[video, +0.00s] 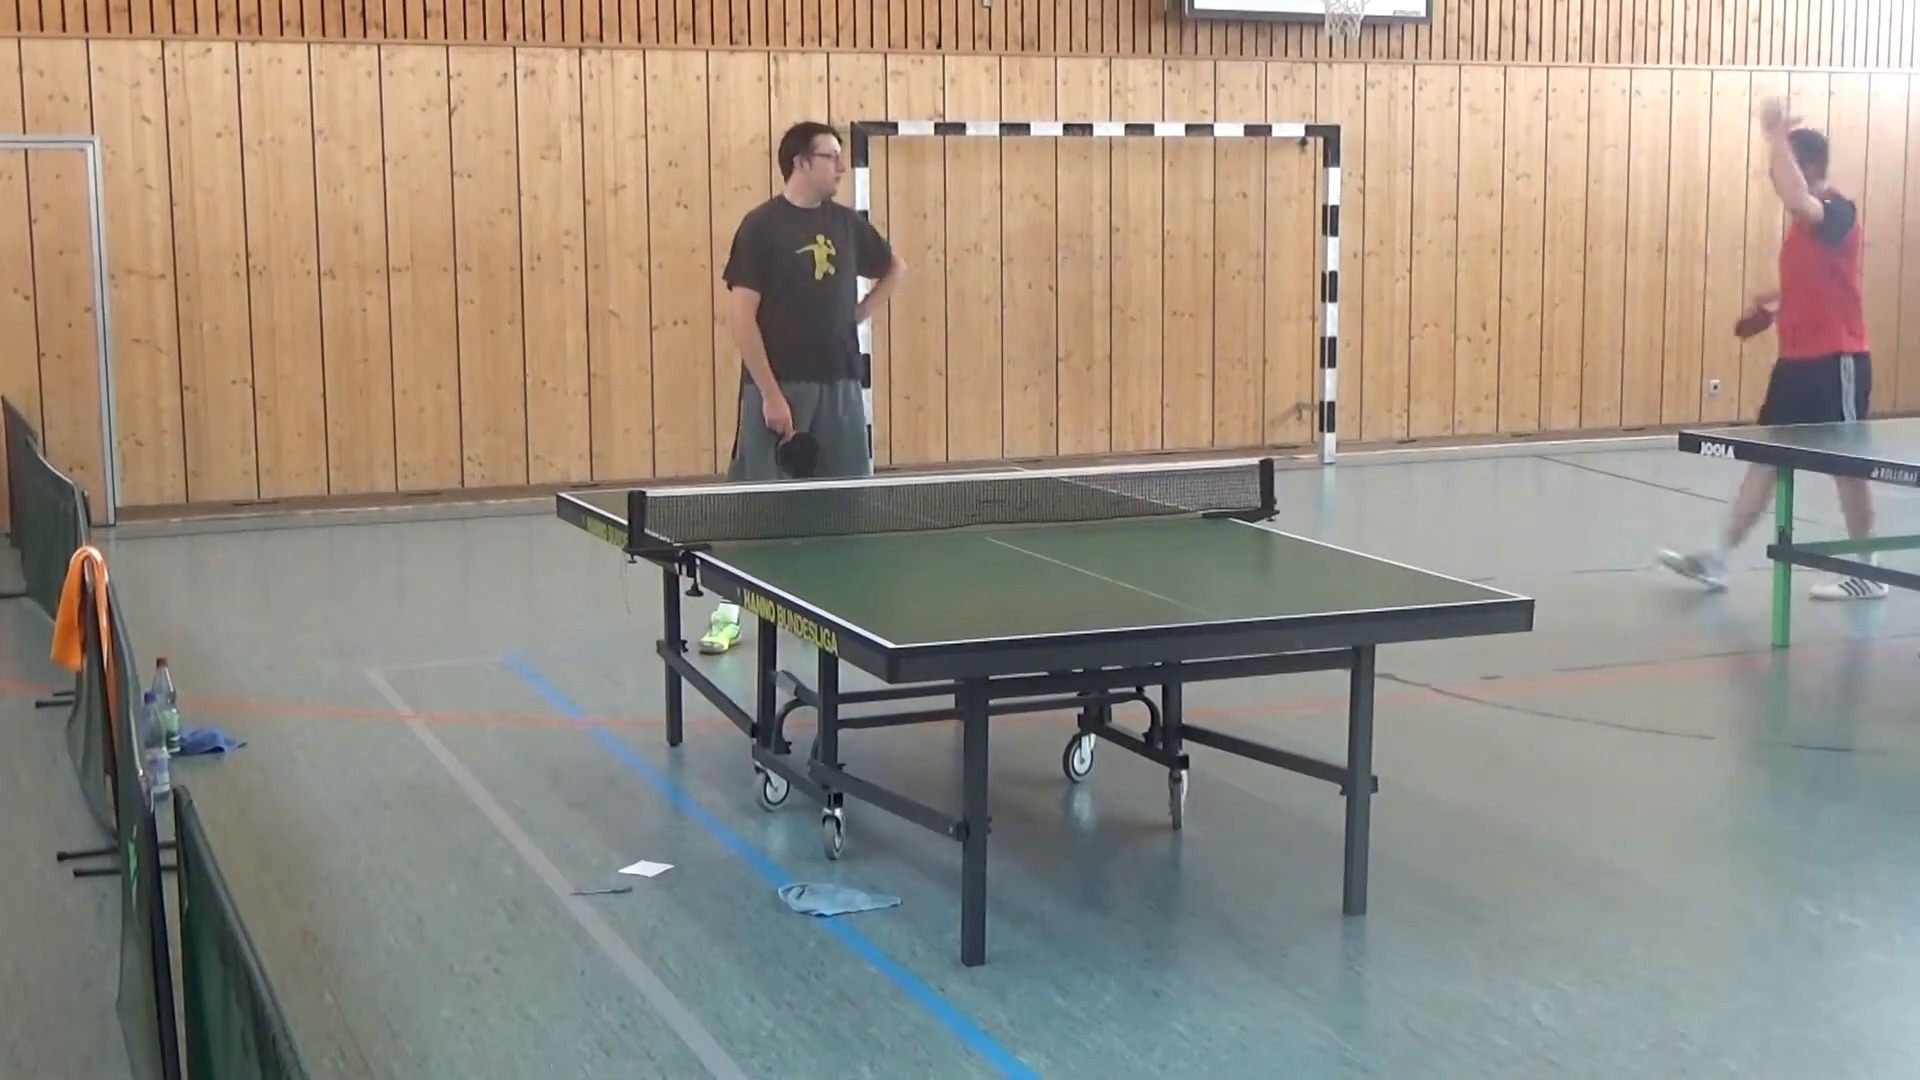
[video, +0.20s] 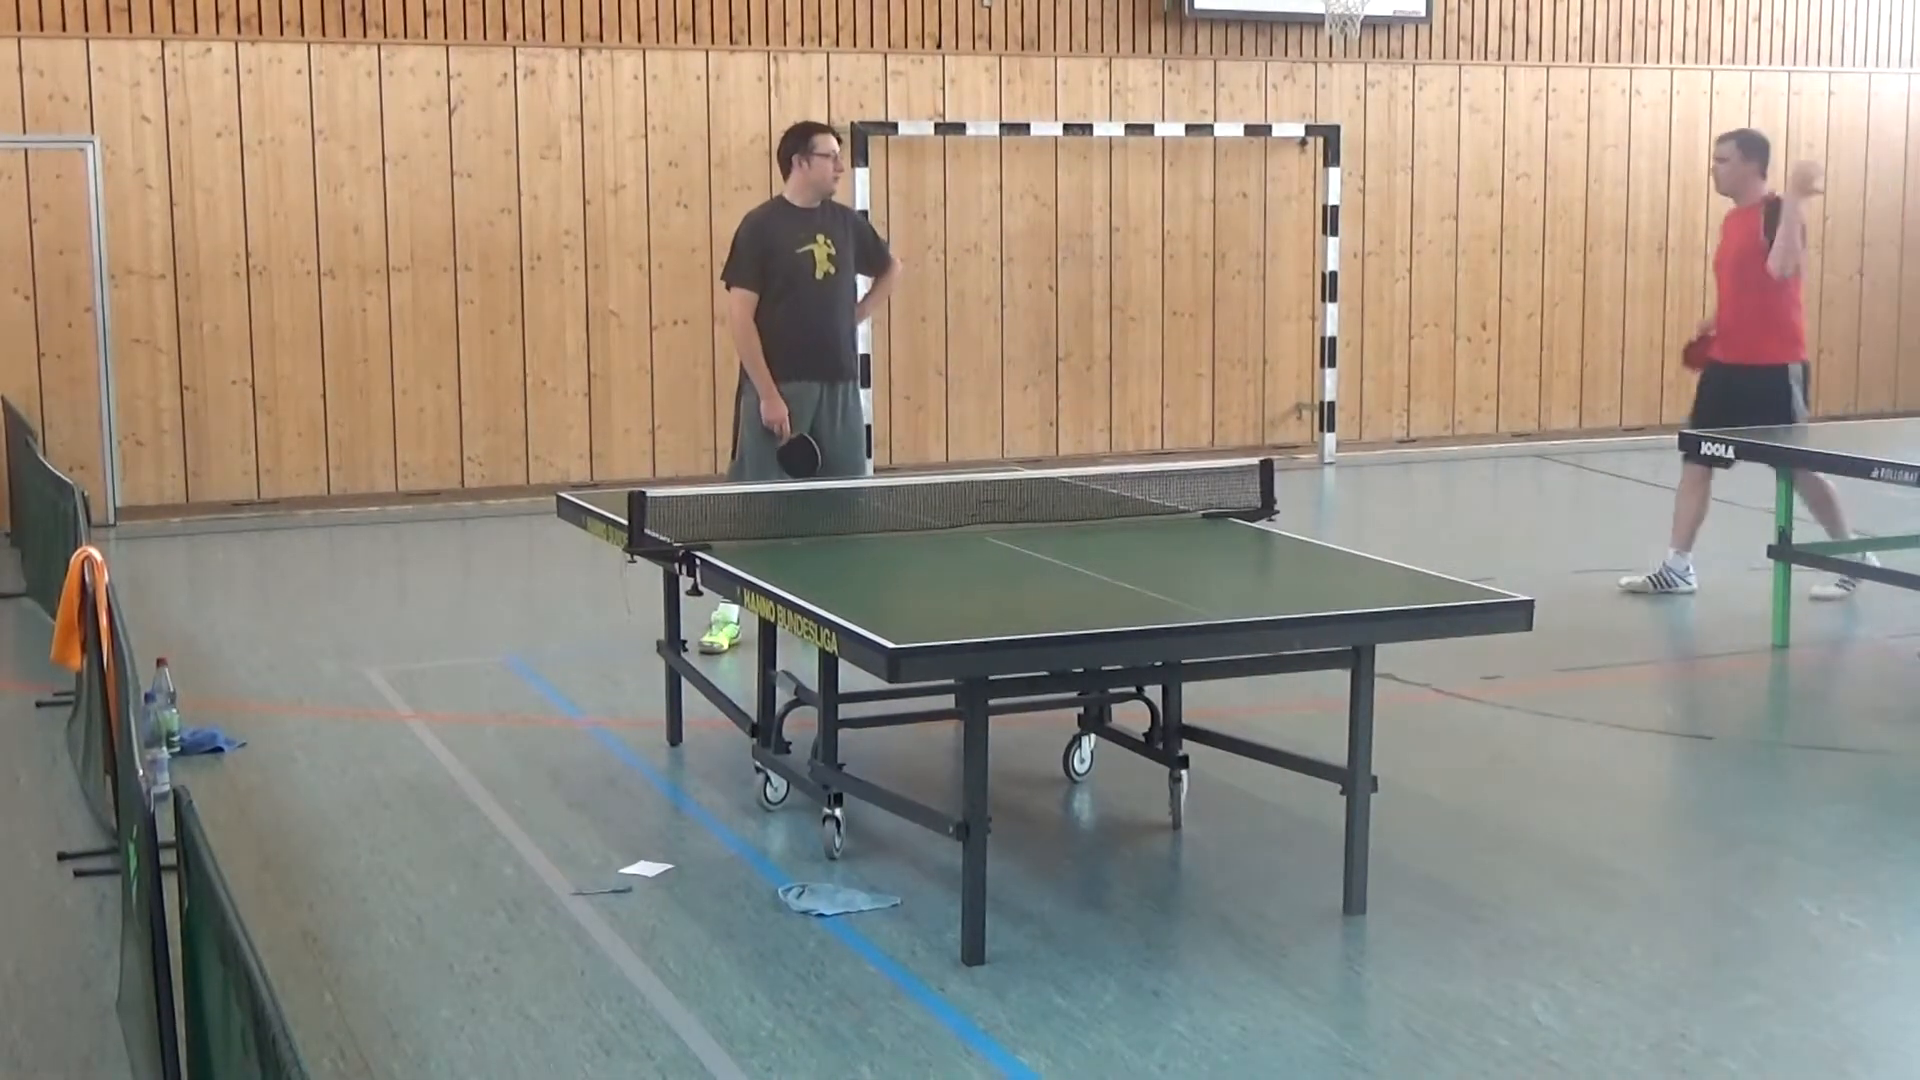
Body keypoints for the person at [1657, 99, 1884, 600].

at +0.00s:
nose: (1777, 175)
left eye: (1787, 167)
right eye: (1776, 167)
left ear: (1810, 168)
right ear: (1793, 172)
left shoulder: (1838, 210)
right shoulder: (1802, 220)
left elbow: (1796, 196)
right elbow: (1813, 284)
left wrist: (1777, 137)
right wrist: (1772, 304)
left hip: (1837, 359)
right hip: (1796, 359)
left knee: (1848, 467)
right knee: (1764, 460)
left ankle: (1865, 571)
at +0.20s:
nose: (1714, 170)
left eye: (1722, 162)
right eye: (1714, 162)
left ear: (1751, 166)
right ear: (1739, 169)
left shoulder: (1781, 213)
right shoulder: (1732, 220)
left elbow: (1782, 268)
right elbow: (1736, 292)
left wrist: (1794, 198)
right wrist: (1710, 331)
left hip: (1773, 366)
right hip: (1726, 364)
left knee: (1796, 467)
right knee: (1697, 462)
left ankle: (1852, 555)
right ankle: (1677, 567)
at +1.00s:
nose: (1646, 168)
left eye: (1649, 160)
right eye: (1636, 160)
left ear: (1652, 165)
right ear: (1611, 166)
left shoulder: (1669, 220)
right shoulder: (1579, 221)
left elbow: (1705, 283)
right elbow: (1562, 293)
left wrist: (1667, 301)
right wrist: (1559, 355)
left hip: (1653, 368)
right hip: (1596, 366)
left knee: (1647, 466)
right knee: (1576, 462)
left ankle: (1638, 570)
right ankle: (1555, 557)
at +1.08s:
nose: (1644, 168)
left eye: (1647, 160)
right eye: (1634, 160)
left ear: (1650, 165)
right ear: (1608, 167)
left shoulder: (1667, 219)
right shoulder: (1576, 223)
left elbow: (1702, 275)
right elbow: (1556, 294)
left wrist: (1677, 288)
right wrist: (1549, 363)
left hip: (1657, 369)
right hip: (1598, 368)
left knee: (1655, 467)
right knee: (1581, 464)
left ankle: (1644, 565)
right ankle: (1557, 557)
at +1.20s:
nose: (1657, 165)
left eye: (1659, 157)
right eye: (1647, 157)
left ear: (1660, 165)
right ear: (1620, 164)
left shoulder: (1668, 216)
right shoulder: (1584, 219)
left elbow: (1698, 277)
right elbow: (1558, 287)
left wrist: (1700, 257)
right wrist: (1542, 351)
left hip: (1660, 362)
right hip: (1605, 364)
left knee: (1664, 461)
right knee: (1585, 462)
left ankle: (1671, 561)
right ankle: (1556, 556)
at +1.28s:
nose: (1671, 166)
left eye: (1673, 159)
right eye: (1662, 158)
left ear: (1671, 166)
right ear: (1634, 163)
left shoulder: (1675, 222)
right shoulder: (1594, 219)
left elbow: (1707, 277)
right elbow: (1561, 286)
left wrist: (1718, 255)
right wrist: (1542, 348)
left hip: (1663, 361)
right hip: (1608, 362)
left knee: (1677, 460)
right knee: (1587, 461)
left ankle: (1688, 560)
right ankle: (1556, 554)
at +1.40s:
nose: (1696, 169)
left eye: (1698, 163)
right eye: (1687, 162)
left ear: (1694, 170)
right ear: (1658, 166)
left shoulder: (1695, 223)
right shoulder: (1620, 220)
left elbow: (1723, 283)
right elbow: (1577, 280)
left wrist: (1737, 259)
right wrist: (1553, 348)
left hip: (1678, 367)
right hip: (1622, 366)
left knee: (1690, 462)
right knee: (1593, 461)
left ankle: (1697, 558)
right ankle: (1555, 553)